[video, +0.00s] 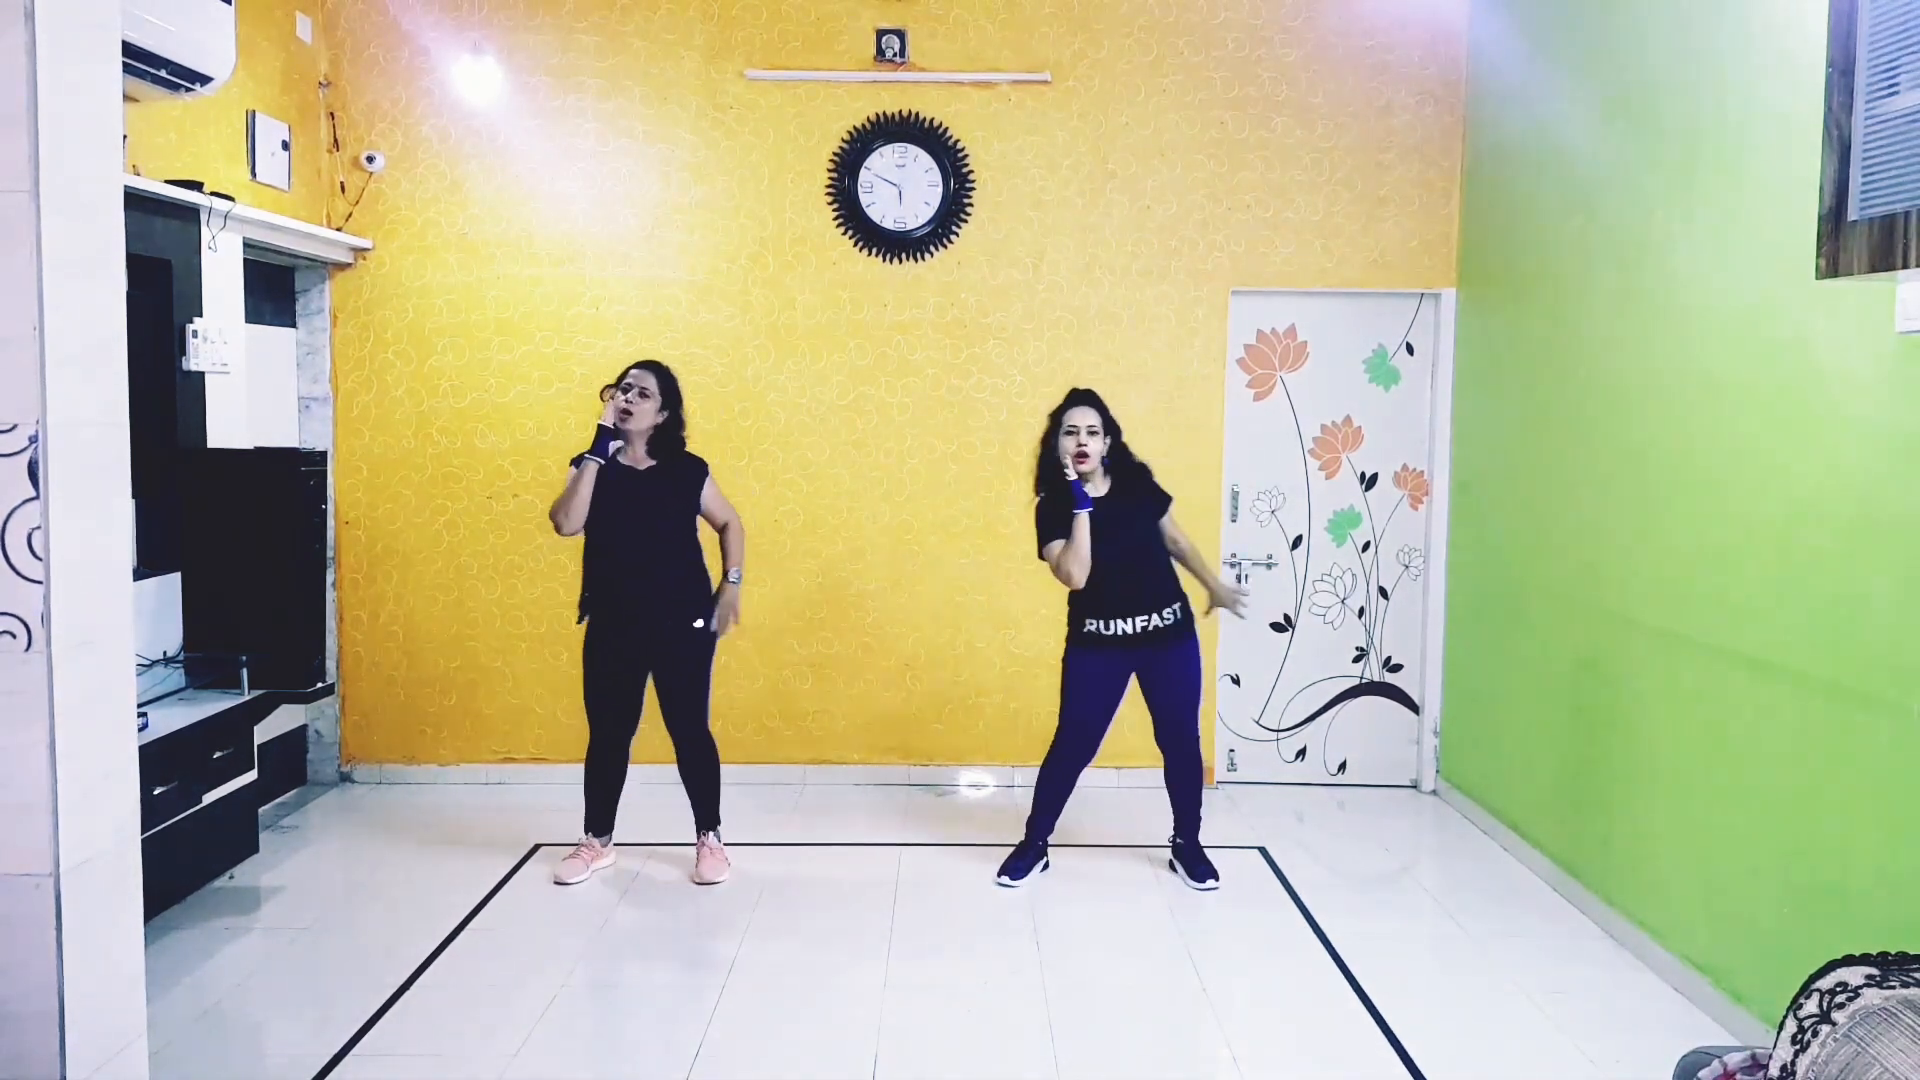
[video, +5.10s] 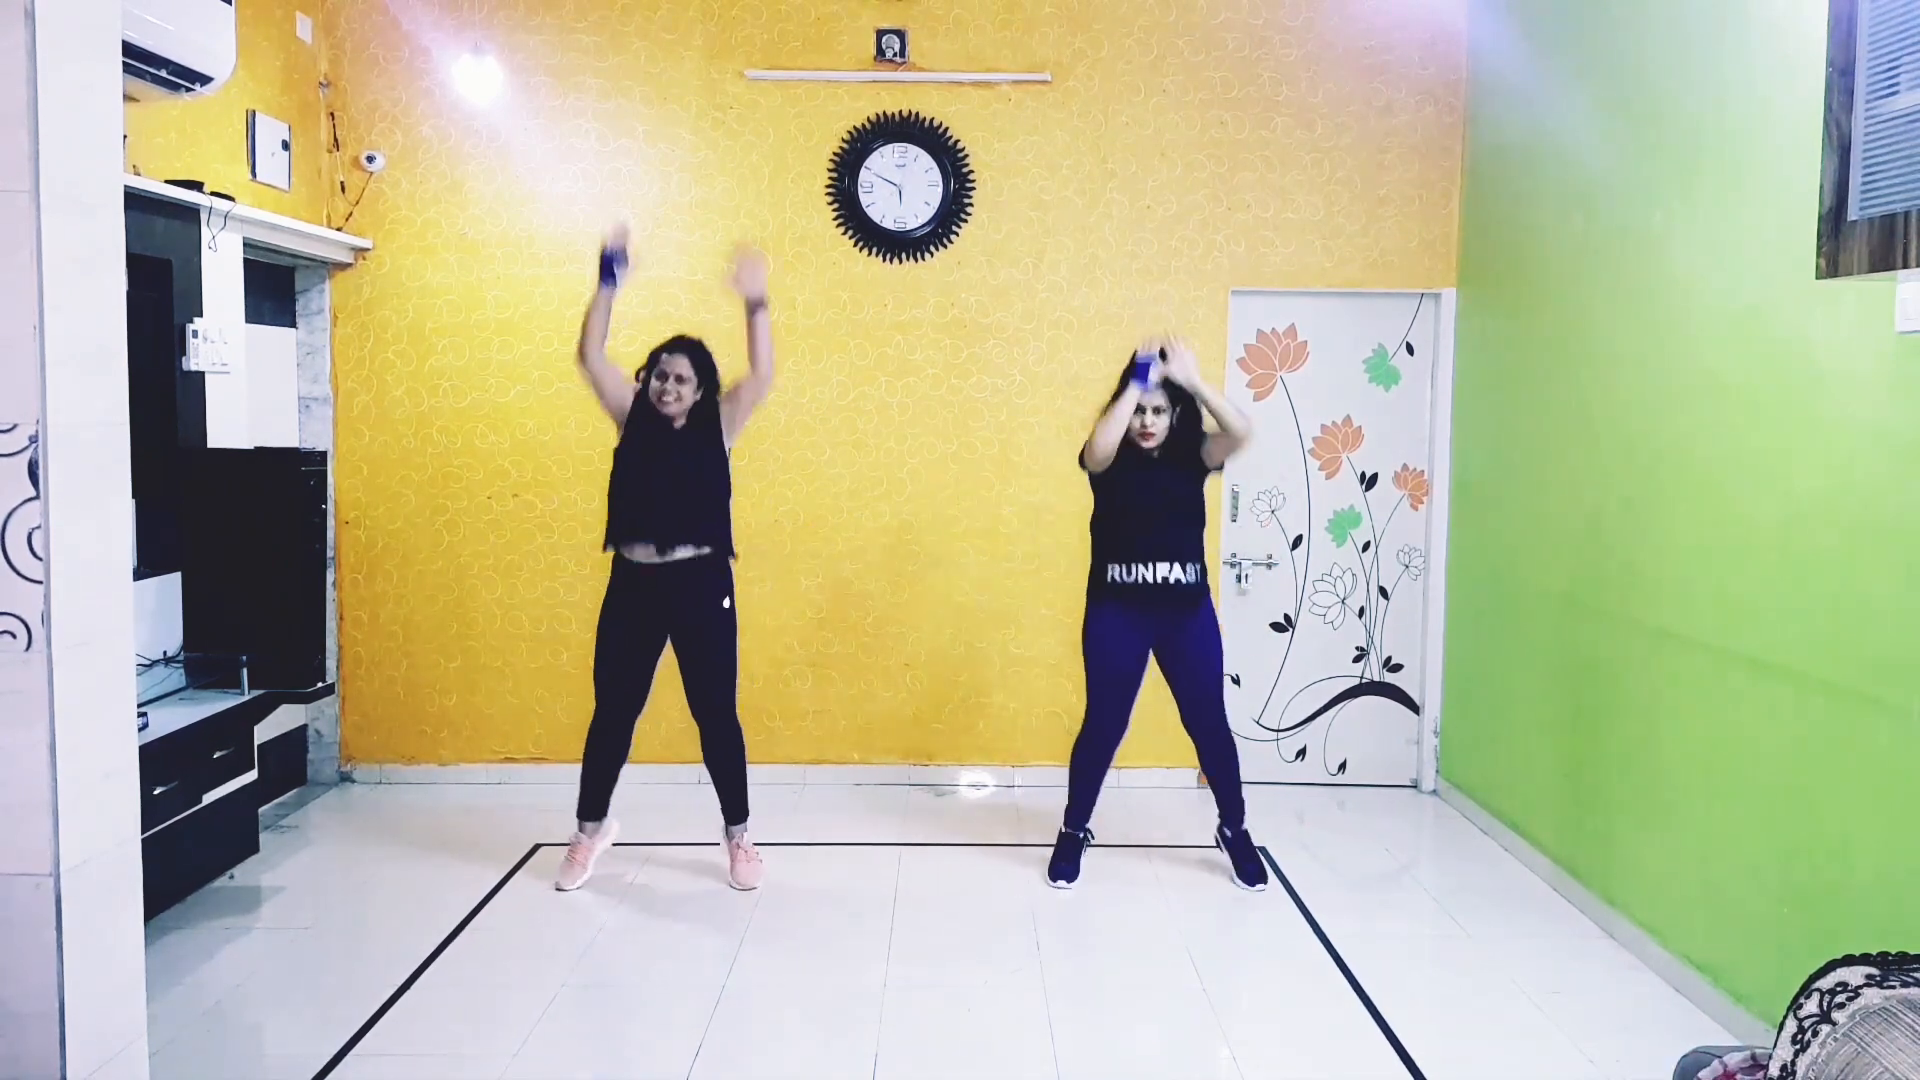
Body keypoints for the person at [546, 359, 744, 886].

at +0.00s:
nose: (625, 397)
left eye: (641, 393)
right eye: (623, 389)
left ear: (664, 413)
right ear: (612, 399)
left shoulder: (686, 471)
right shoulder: (592, 467)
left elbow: (729, 522)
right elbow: (567, 523)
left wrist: (732, 584)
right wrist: (596, 451)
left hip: (681, 624)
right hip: (612, 624)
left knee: (690, 731)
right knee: (607, 735)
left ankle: (709, 839)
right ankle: (596, 842)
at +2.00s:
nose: (641, 400)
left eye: (655, 395)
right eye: (635, 392)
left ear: (677, 412)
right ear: (622, 404)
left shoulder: (700, 474)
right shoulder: (606, 469)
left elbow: (721, 539)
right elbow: (566, 535)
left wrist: (735, 598)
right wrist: (601, 471)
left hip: (675, 625)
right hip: (604, 622)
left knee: (684, 734)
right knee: (585, 731)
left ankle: (710, 845)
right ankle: (572, 837)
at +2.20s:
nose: (614, 410)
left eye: (629, 405)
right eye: (608, 401)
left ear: (649, 422)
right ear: (595, 412)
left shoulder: (673, 482)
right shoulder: (571, 481)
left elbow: (690, 550)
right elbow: (541, 532)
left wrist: (700, 539)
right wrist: (534, 539)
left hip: (632, 633)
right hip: (566, 629)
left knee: (637, 737)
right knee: (573, 736)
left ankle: (687, 841)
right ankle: (574, 842)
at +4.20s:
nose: (646, 415)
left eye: (660, 410)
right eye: (640, 407)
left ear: (681, 423)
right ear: (626, 417)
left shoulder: (705, 481)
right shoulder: (611, 490)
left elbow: (743, 541)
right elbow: (611, 560)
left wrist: (774, 549)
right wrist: (571, 597)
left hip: (720, 623)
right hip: (654, 628)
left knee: (725, 729)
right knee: (610, 730)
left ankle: (739, 845)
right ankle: (601, 849)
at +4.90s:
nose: (655, 420)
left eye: (669, 413)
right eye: (648, 412)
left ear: (691, 428)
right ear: (637, 423)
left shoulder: (715, 489)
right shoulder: (616, 491)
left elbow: (758, 549)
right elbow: (587, 559)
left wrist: (740, 526)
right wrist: (564, 557)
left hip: (696, 640)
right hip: (624, 639)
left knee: (712, 744)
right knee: (607, 746)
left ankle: (731, 847)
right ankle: (604, 848)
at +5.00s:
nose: (663, 408)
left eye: (676, 401)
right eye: (655, 399)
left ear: (697, 413)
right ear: (643, 408)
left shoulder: (721, 464)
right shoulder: (624, 462)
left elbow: (779, 465)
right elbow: (564, 469)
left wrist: (745, 406)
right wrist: (590, 406)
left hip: (701, 623)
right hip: (629, 621)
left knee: (715, 737)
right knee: (614, 734)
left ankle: (732, 845)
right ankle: (603, 845)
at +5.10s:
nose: (668, 384)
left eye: (682, 378)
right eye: (662, 375)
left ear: (702, 388)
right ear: (649, 380)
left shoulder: (718, 424)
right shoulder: (631, 413)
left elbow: (761, 377)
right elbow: (592, 356)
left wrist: (757, 306)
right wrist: (607, 285)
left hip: (701, 586)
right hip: (634, 585)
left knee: (717, 715)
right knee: (612, 711)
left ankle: (737, 835)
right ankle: (590, 830)